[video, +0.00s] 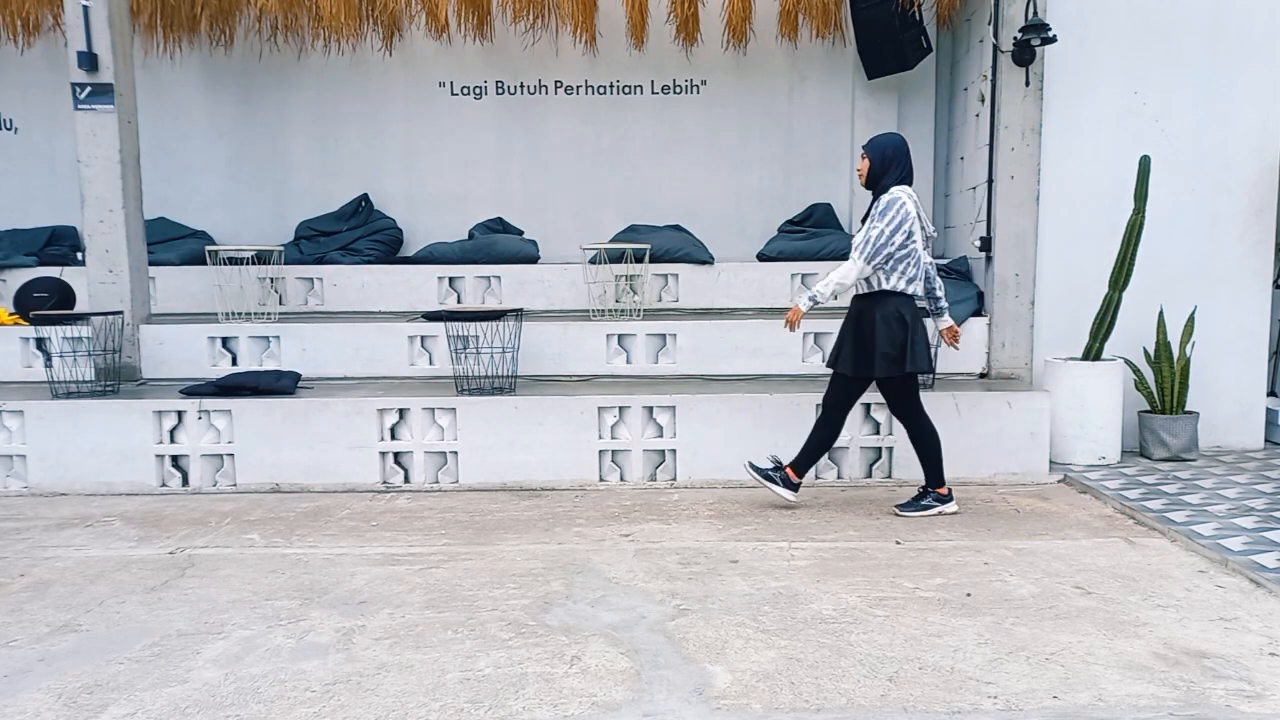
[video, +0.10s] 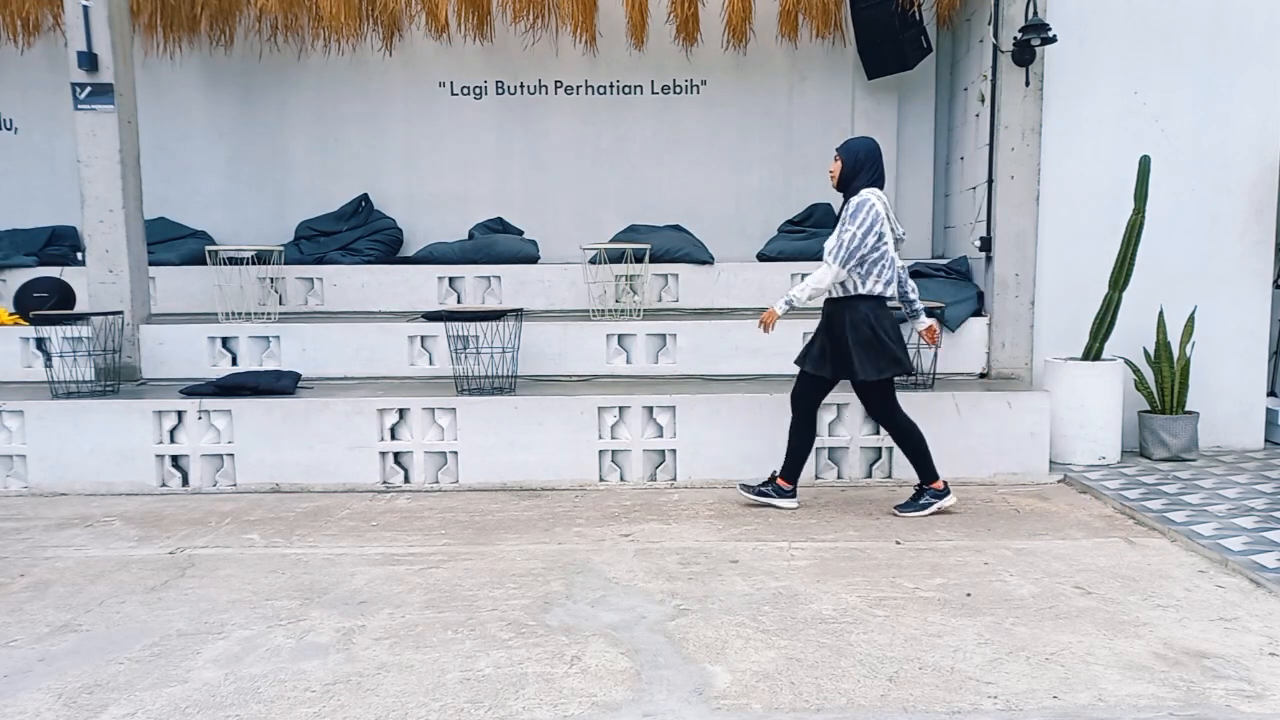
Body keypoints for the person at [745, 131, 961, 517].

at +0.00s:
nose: (859, 166)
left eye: (865, 158)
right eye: (861, 158)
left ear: (883, 162)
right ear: (891, 162)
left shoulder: (894, 201)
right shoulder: (902, 201)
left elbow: (860, 262)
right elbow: (924, 265)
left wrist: (809, 298)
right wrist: (943, 316)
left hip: (884, 315)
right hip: (882, 314)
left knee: (906, 406)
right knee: (837, 401)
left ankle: (939, 491)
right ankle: (792, 476)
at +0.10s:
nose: (831, 167)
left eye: (837, 160)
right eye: (833, 160)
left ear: (856, 164)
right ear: (862, 165)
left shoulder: (865, 203)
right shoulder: (866, 204)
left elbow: (833, 268)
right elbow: (895, 266)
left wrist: (784, 304)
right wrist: (919, 316)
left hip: (861, 318)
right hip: (843, 319)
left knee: (883, 409)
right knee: (804, 397)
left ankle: (934, 486)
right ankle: (785, 484)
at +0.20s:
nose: (802, 166)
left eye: (808, 159)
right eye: (804, 159)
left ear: (825, 163)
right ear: (832, 164)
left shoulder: (833, 200)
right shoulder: (835, 202)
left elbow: (814, 269)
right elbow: (858, 272)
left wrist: (777, 315)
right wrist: (874, 325)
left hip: (825, 315)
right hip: (809, 316)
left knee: (841, 412)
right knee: (781, 398)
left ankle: (915, 474)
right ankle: (777, 486)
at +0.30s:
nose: (773, 162)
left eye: (779, 155)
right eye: (776, 154)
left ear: (796, 160)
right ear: (798, 161)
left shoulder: (804, 197)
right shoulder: (796, 199)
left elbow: (802, 268)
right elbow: (796, 268)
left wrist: (788, 326)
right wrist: (778, 321)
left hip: (795, 310)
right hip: (781, 308)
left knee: (782, 410)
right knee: (770, 403)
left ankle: (859, 459)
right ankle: (777, 486)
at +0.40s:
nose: (745, 157)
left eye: (751, 151)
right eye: (747, 150)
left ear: (768, 156)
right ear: (773, 158)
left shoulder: (778, 192)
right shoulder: (770, 195)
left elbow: (793, 259)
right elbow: (786, 261)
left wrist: (799, 319)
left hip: (769, 306)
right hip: (766, 304)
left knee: (730, 397)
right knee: (768, 399)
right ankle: (775, 482)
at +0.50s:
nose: (716, 160)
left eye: (723, 154)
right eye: (719, 153)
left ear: (740, 159)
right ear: (744, 161)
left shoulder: (752, 195)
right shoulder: (739, 203)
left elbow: (778, 255)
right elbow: (718, 269)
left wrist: (796, 313)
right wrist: (687, 310)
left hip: (748, 312)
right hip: (750, 312)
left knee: (701, 393)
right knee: (764, 403)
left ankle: (701, 485)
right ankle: (778, 486)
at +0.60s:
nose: (688, 166)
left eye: (694, 160)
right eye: (690, 159)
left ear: (712, 165)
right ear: (712, 166)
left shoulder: (724, 201)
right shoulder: (712, 209)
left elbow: (754, 259)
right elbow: (683, 270)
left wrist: (780, 315)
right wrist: (639, 301)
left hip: (716, 316)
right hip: (723, 315)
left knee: (680, 406)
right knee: (747, 405)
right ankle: (776, 485)